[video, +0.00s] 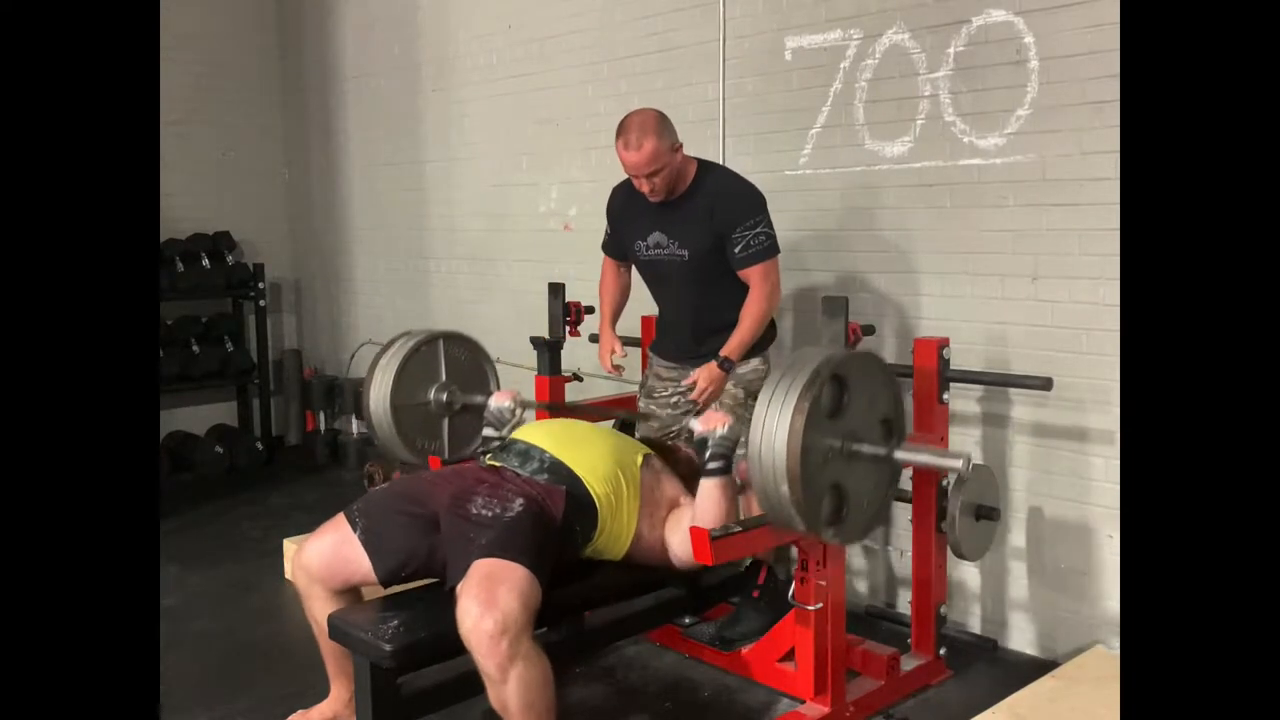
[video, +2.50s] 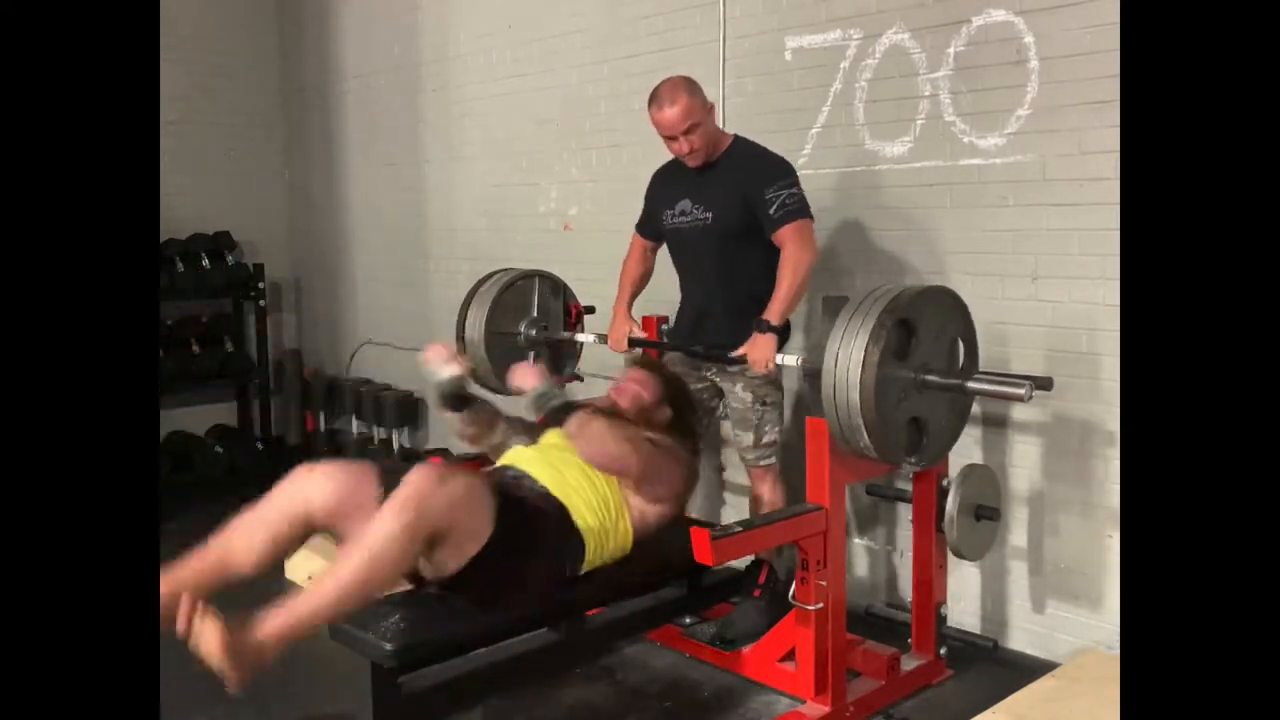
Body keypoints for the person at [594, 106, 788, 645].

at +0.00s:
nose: (644, 187)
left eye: (652, 174)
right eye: (634, 176)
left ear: (679, 152)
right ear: (623, 163)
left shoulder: (732, 198)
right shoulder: (625, 202)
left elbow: (766, 290)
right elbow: (615, 265)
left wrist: (724, 363)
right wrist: (607, 328)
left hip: (736, 362)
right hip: (667, 362)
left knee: (739, 479)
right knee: (666, 474)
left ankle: (764, 593)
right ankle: (695, 591)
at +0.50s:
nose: (656, 181)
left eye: (662, 166)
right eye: (643, 172)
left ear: (682, 140)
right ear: (628, 163)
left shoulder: (738, 192)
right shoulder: (627, 199)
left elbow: (774, 280)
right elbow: (583, 247)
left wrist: (720, 321)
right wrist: (567, 291)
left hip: (746, 347)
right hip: (677, 351)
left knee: (751, 465)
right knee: (666, 460)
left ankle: (770, 593)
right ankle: (700, 583)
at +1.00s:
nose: (694, 146)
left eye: (703, 133)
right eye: (682, 137)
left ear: (717, 124)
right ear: (663, 135)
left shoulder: (756, 178)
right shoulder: (647, 191)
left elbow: (775, 262)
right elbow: (602, 239)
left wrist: (735, 308)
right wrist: (599, 289)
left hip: (751, 349)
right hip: (680, 350)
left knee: (755, 460)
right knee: (660, 445)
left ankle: (767, 586)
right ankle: (704, 558)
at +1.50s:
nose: (675, 167)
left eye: (683, 157)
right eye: (671, 156)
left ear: (718, 145)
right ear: (676, 148)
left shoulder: (775, 184)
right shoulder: (672, 195)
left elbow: (795, 270)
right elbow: (638, 254)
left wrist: (753, 327)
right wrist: (624, 310)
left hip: (763, 354)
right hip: (697, 351)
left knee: (758, 465)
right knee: (664, 450)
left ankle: (772, 592)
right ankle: (698, 573)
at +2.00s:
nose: (638, 161)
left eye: (645, 150)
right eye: (634, 150)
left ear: (679, 136)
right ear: (654, 139)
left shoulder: (747, 172)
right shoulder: (641, 185)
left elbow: (793, 252)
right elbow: (626, 249)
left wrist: (760, 321)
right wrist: (624, 311)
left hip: (741, 358)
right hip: (671, 355)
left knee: (756, 478)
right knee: (656, 470)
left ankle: (770, 591)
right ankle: (687, 588)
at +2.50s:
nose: (682, 147)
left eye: (689, 131)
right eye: (670, 139)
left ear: (712, 113)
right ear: (659, 134)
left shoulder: (765, 171)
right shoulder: (665, 183)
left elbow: (800, 251)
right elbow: (642, 250)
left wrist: (770, 328)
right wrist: (621, 308)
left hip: (749, 356)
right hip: (686, 351)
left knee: (761, 472)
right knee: (688, 468)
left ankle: (773, 591)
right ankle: (693, 578)